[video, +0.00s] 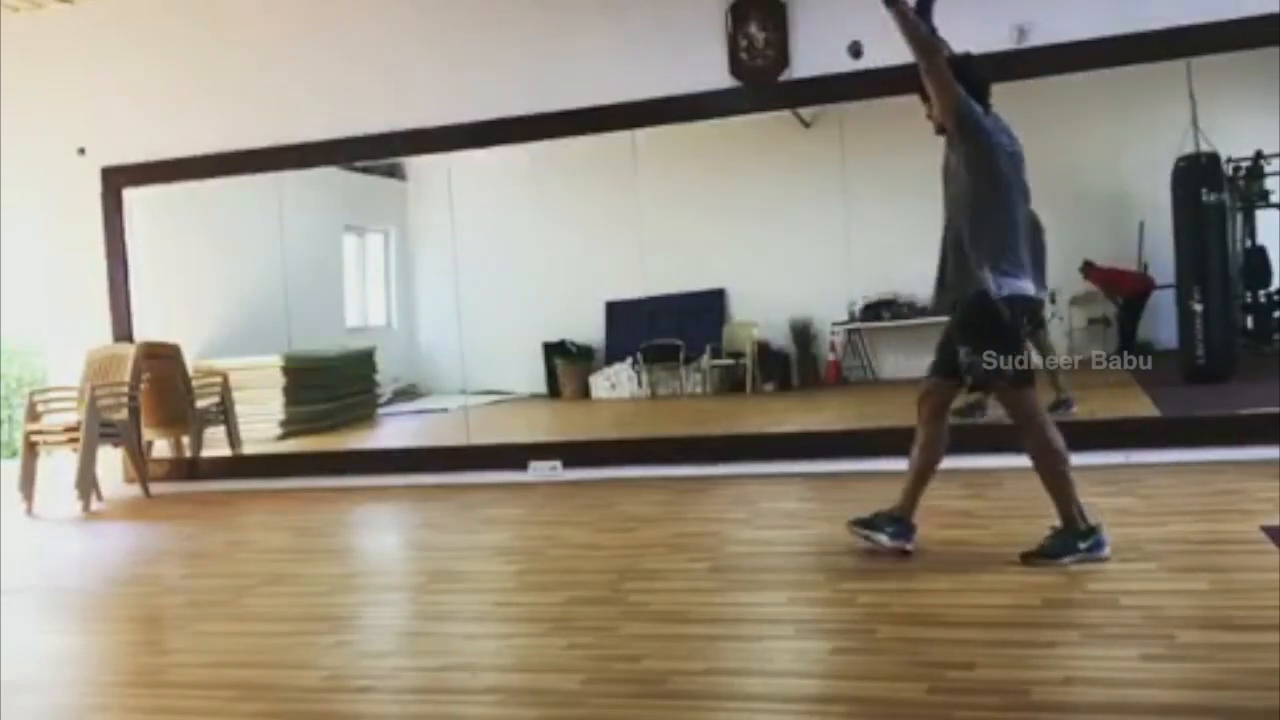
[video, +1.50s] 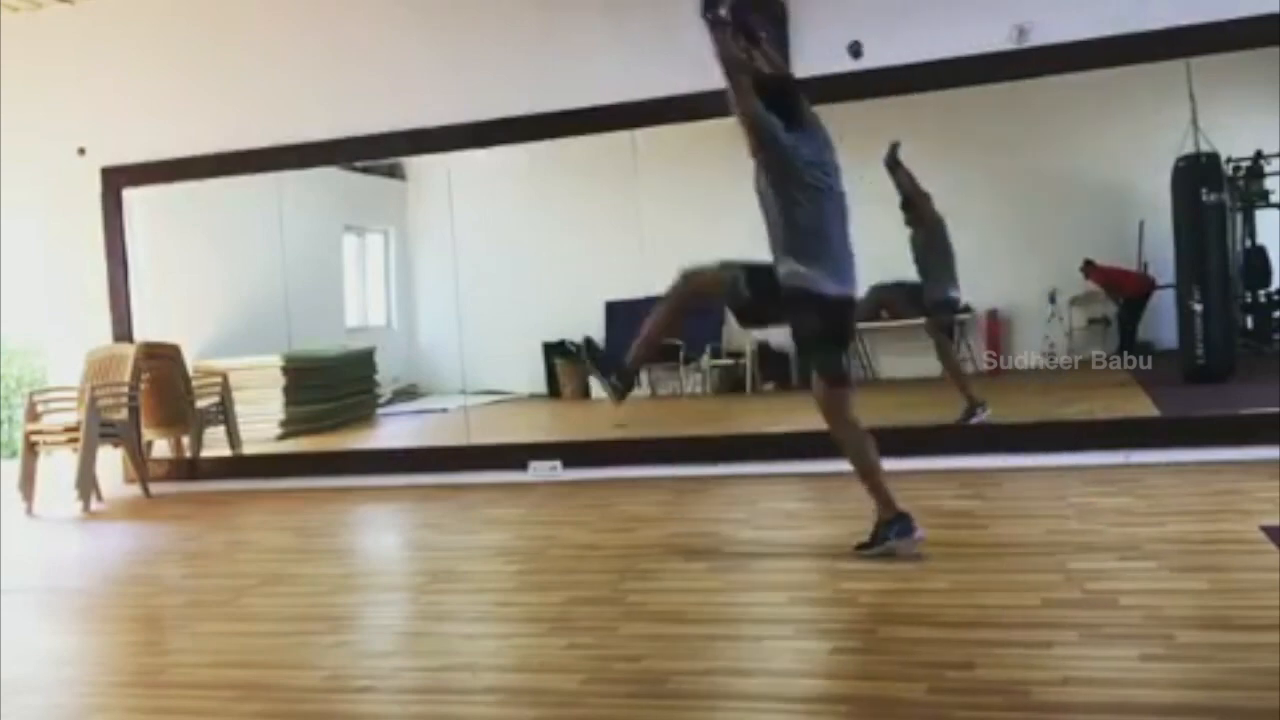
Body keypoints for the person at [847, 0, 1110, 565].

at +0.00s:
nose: (927, 115)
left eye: (930, 101)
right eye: (926, 103)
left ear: (953, 94)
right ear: (969, 93)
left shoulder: (977, 132)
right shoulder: (995, 142)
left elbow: (936, 61)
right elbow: (1028, 225)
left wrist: (898, 8)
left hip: (994, 296)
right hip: (984, 297)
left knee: (1027, 413)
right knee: (934, 402)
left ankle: (1079, 527)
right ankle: (902, 516)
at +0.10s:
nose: (942, 104)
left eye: (945, 90)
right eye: (940, 92)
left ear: (968, 86)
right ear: (977, 84)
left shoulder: (1000, 127)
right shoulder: (988, 135)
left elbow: (950, 57)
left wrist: (911, 9)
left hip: (1018, 291)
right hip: (990, 293)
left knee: (1035, 404)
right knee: (934, 385)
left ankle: (1079, 526)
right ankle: (966, 505)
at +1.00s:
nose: (881, 108)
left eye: (885, 96)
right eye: (881, 95)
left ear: (906, 100)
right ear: (930, 97)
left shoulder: (921, 139)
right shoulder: (952, 139)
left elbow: (874, 74)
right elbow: (917, 80)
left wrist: (842, 18)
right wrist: (885, 39)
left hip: (958, 300)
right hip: (971, 297)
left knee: (1006, 415)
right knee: (908, 397)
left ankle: (1074, 523)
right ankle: (908, 522)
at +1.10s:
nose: (859, 112)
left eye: (862, 102)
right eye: (860, 99)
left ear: (878, 106)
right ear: (905, 103)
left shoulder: (885, 142)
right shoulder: (929, 143)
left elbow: (841, 75)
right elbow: (890, 86)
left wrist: (807, 17)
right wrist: (860, 48)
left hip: (916, 300)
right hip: (942, 298)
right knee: (889, 406)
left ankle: (1028, 501)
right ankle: (905, 522)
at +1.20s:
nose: (838, 117)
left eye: (842, 108)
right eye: (840, 109)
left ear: (857, 110)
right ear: (890, 107)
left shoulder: (869, 147)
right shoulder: (919, 150)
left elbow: (825, 73)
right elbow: (888, 104)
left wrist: (800, 23)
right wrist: (865, 70)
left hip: (891, 304)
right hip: (929, 304)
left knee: (868, 422)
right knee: (876, 419)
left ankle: (964, 496)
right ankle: (905, 524)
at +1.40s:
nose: (799, 142)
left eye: (805, 134)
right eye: (800, 132)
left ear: (819, 137)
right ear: (846, 133)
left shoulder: (831, 176)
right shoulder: (867, 176)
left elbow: (793, 123)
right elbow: (832, 113)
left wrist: (771, 73)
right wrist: (804, 63)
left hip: (835, 324)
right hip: (877, 330)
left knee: (741, 372)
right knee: (834, 426)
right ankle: (897, 527)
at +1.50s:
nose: (748, 119)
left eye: (750, 109)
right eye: (748, 106)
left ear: (765, 110)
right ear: (794, 104)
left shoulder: (780, 146)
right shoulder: (817, 142)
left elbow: (742, 89)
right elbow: (780, 85)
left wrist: (717, 31)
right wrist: (748, 41)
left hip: (797, 290)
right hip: (835, 299)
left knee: (692, 284)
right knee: (837, 412)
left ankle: (625, 374)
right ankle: (891, 515)